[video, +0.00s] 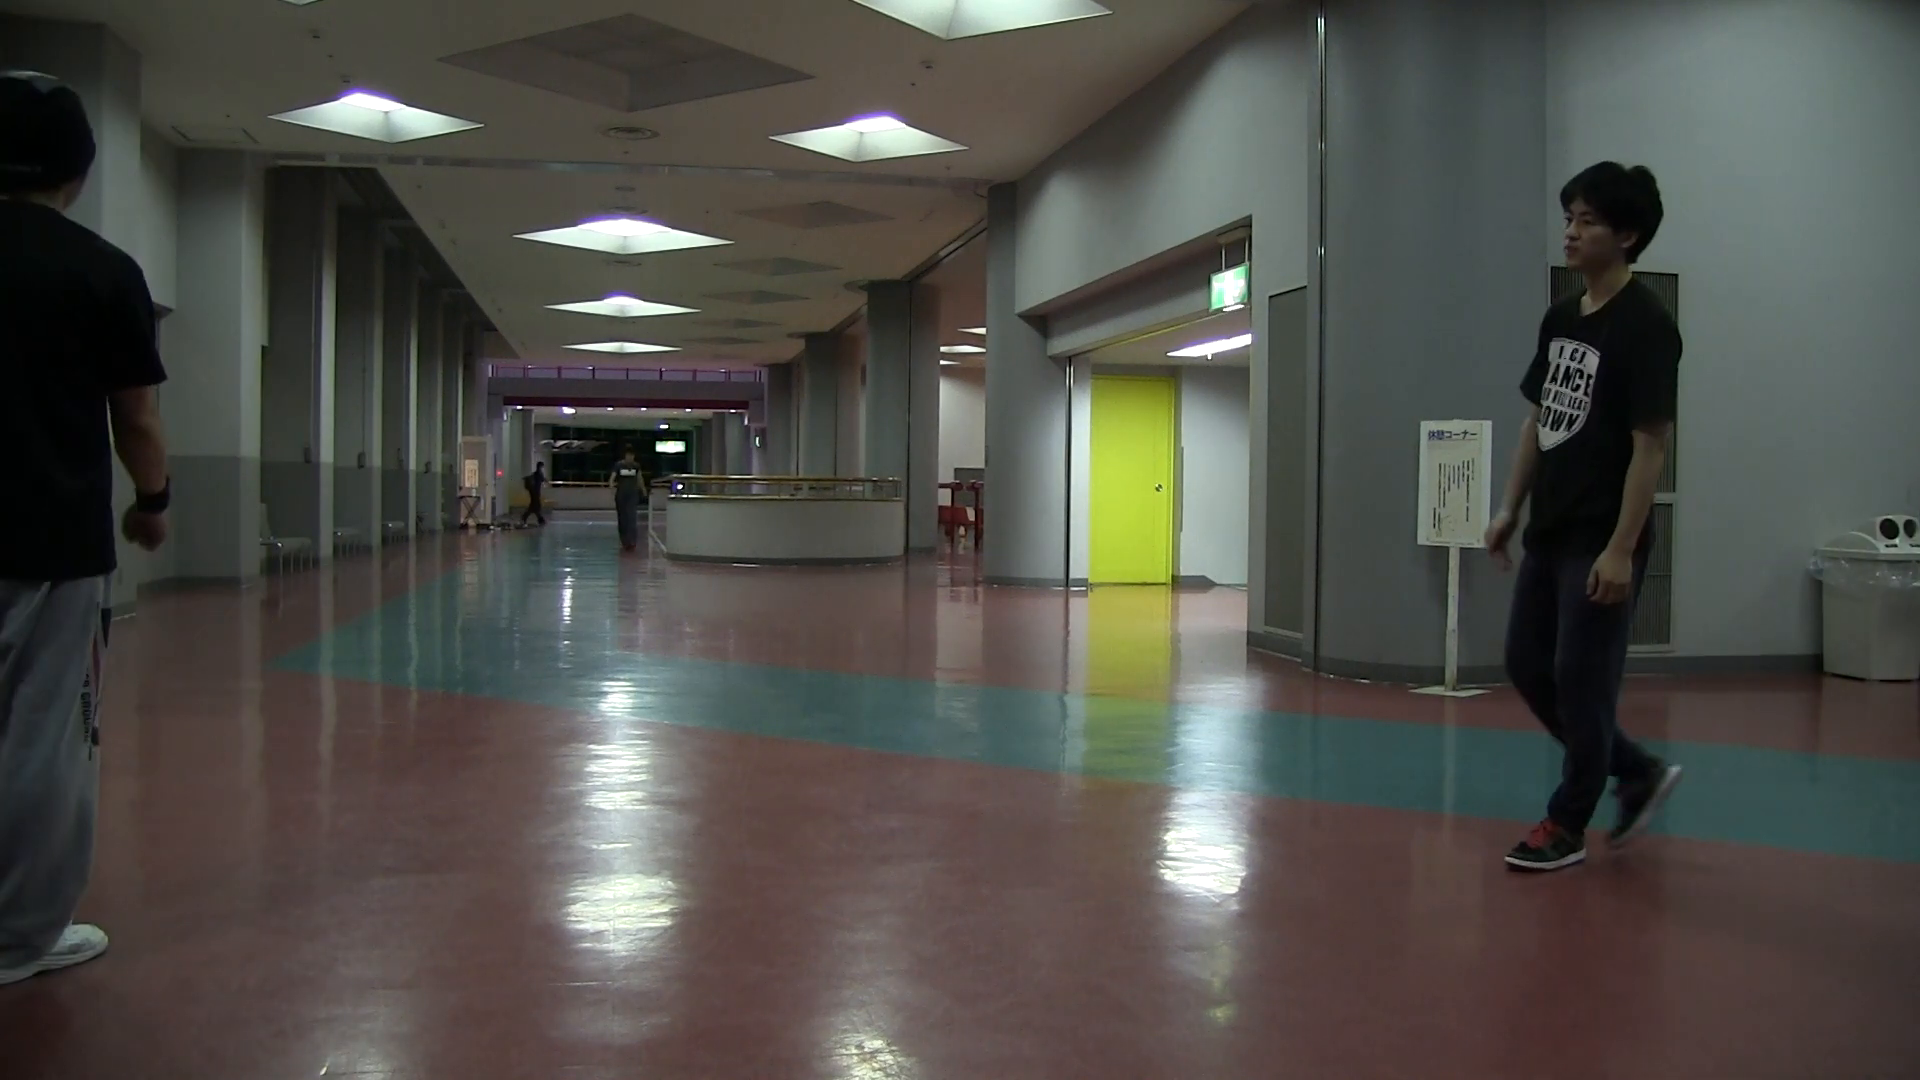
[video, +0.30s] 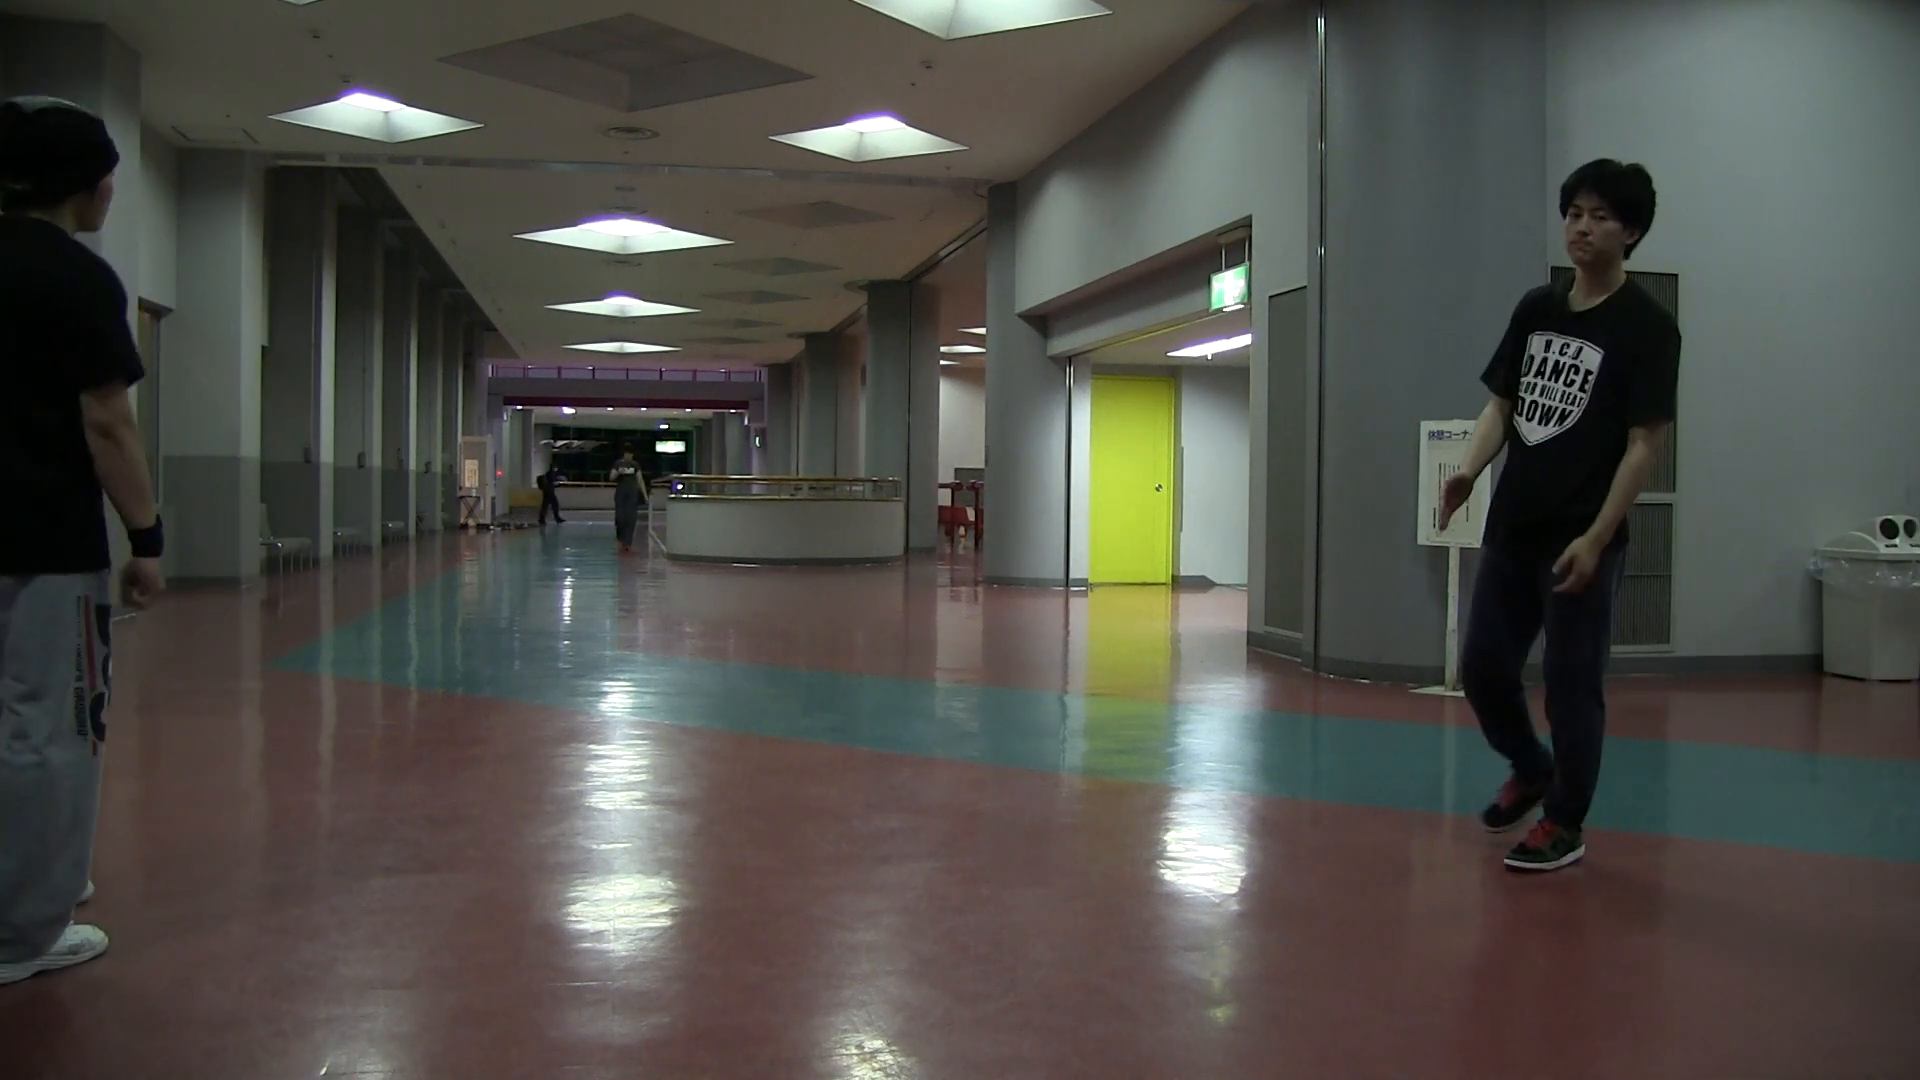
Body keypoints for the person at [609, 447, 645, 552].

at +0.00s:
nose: (630, 458)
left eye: (632, 456)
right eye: (628, 456)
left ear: (634, 457)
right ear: (625, 456)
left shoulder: (636, 466)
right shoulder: (619, 465)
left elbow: (640, 480)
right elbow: (612, 479)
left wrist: (644, 490)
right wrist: (612, 485)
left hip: (633, 496)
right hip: (621, 496)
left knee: (632, 519)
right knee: (623, 519)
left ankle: (632, 542)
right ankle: (625, 542)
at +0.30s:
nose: (628, 456)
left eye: (630, 454)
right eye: (627, 454)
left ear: (632, 455)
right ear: (624, 454)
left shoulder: (635, 465)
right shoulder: (618, 464)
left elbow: (640, 481)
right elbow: (612, 477)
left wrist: (645, 496)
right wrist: (618, 472)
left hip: (632, 496)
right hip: (620, 496)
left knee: (631, 519)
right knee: (620, 518)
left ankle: (627, 543)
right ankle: (621, 540)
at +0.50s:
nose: (627, 457)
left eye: (629, 455)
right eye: (625, 455)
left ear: (632, 456)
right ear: (622, 455)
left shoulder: (635, 465)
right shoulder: (618, 464)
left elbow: (637, 478)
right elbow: (610, 476)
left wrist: (635, 485)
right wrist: (618, 467)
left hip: (631, 494)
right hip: (619, 494)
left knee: (630, 519)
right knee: (619, 518)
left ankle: (627, 544)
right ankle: (616, 544)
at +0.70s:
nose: (624, 459)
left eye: (626, 456)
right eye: (622, 456)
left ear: (628, 456)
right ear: (619, 457)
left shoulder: (632, 466)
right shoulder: (616, 465)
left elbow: (635, 481)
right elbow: (609, 476)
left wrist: (632, 487)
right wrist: (618, 465)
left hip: (628, 497)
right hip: (617, 496)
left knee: (628, 520)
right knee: (617, 520)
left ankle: (628, 544)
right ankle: (618, 545)